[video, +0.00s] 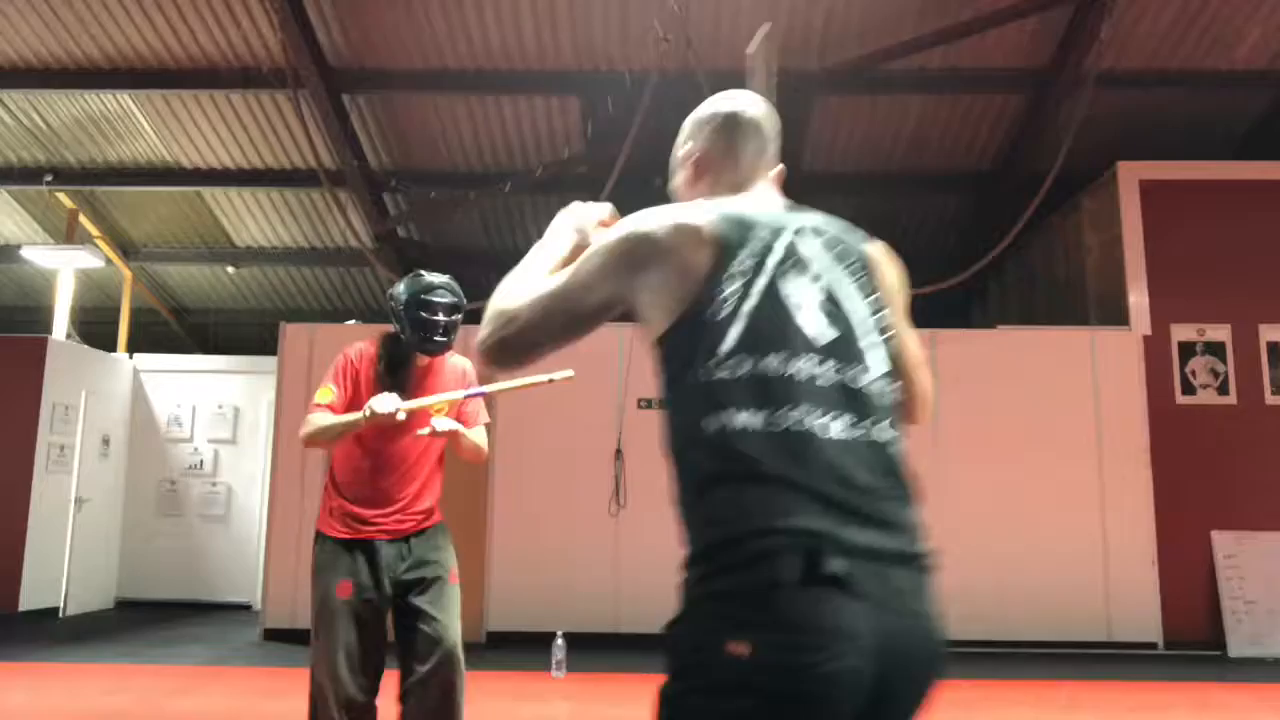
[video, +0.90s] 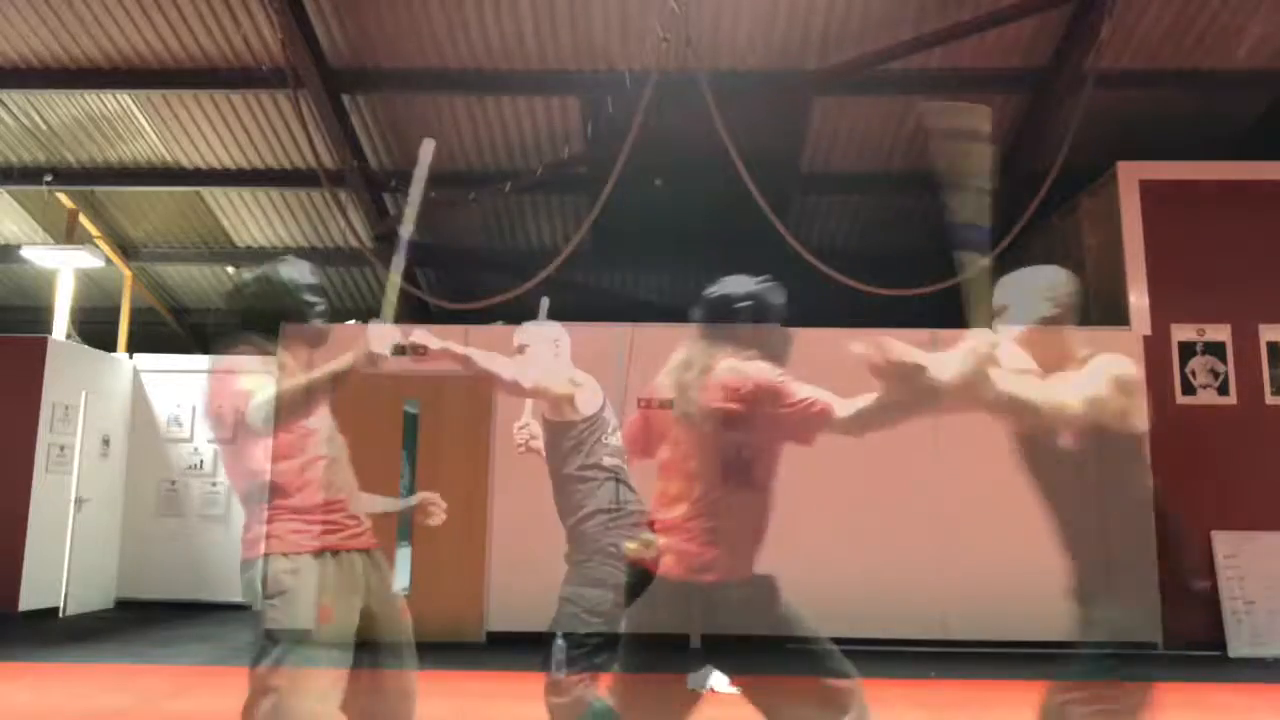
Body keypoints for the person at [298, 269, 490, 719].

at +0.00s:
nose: (440, 327)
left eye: (448, 318)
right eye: (428, 317)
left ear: (456, 321)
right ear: (401, 319)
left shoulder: (458, 371)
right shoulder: (357, 360)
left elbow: (479, 451)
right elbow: (309, 433)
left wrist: (456, 433)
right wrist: (364, 416)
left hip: (422, 536)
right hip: (347, 539)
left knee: (444, 651)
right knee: (341, 674)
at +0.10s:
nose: (442, 332)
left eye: (451, 321)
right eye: (431, 320)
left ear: (458, 323)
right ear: (405, 318)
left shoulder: (459, 369)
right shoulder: (366, 354)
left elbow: (500, 434)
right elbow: (313, 416)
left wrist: (468, 388)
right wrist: (380, 382)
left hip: (420, 541)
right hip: (347, 540)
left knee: (417, 665)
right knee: (343, 671)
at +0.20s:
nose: (440, 321)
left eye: (449, 312)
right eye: (433, 309)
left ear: (458, 318)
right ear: (406, 310)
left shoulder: (459, 368)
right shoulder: (373, 342)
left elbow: (526, 399)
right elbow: (334, 382)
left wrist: (487, 334)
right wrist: (403, 336)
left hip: (421, 539)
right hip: (348, 533)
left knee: (413, 676)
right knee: (325, 660)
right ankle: (339, 712)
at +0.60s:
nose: (420, 295)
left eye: (425, 285)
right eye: (408, 284)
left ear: (431, 292)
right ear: (373, 290)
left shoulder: (424, 351)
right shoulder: (337, 340)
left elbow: (482, 378)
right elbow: (310, 350)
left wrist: (544, 368)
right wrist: (365, 278)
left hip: (407, 532)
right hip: (337, 516)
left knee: (404, 678)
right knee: (327, 625)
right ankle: (292, 715)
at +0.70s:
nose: (395, 290)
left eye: (398, 279)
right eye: (384, 277)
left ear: (396, 290)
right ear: (353, 284)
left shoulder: (389, 356)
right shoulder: (309, 339)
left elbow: (411, 423)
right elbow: (283, 378)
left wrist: (479, 407)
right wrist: (340, 299)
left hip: (392, 539)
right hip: (323, 535)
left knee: (395, 692)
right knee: (298, 668)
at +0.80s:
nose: (361, 312)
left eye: (362, 307)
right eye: (353, 300)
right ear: (328, 298)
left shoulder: (348, 372)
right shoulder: (288, 343)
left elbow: (360, 468)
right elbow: (281, 380)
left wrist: (434, 465)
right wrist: (345, 322)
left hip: (368, 556)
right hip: (304, 556)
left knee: (391, 704)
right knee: (280, 702)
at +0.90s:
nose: (322, 320)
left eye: (322, 310)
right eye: (310, 309)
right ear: (279, 315)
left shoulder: (313, 396)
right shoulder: (238, 367)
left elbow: (342, 499)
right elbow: (255, 414)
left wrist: (405, 507)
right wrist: (350, 364)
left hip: (357, 556)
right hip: (296, 559)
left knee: (390, 703)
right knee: (300, 705)